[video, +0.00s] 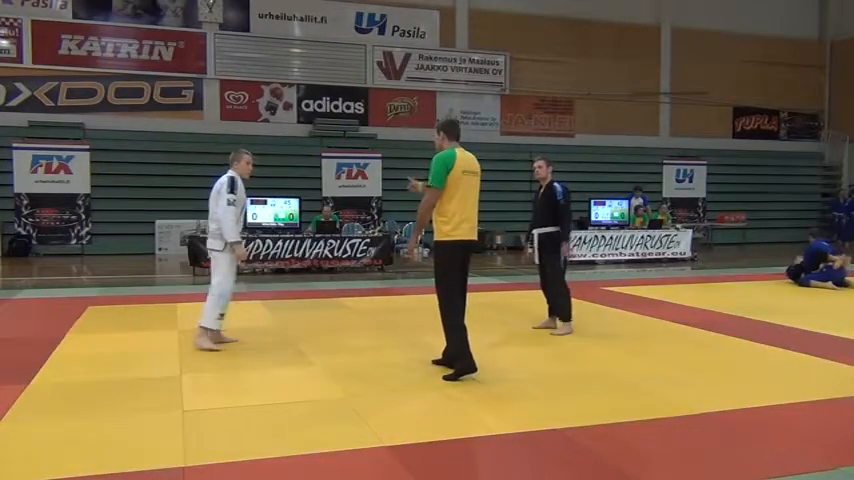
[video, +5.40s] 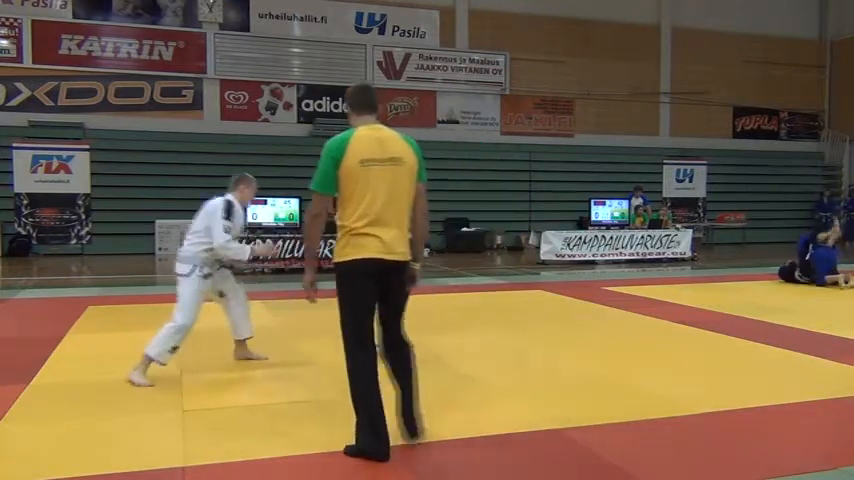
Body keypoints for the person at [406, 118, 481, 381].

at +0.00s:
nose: (435, 142)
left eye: (436, 138)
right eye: (436, 138)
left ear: (442, 137)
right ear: (457, 137)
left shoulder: (443, 159)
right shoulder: (472, 160)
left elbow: (429, 201)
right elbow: (454, 192)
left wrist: (414, 237)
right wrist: (424, 188)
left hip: (448, 239)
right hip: (466, 238)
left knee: (448, 300)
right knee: (456, 298)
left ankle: (464, 361)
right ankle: (452, 351)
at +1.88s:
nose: (415, 165)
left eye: (416, 161)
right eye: (416, 161)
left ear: (420, 158)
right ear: (434, 155)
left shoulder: (424, 166)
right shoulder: (453, 171)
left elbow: (426, 203)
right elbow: (458, 206)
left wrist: (428, 237)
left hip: (447, 235)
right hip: (466, 234)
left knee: (445, 302)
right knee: (451, 301)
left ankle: (451, 369)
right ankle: (451, 357)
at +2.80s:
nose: (440, 140)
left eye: (440, 136)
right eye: (442, 136)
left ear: (444, 134)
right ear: (465, 132)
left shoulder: (440, 161)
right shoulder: (491, 160)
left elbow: (428, 208)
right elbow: (498, 207)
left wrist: (422, 246)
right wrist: (493, 239)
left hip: (450, 249)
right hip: (484, 249)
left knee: (448, 313)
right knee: (480, 316)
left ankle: (450, 376)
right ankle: (484, 390)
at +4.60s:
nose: (435, 122)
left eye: (436, 117)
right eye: (440, 117)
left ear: (439, 116)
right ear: (466, 117)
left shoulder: (426, 144)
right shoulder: (491, 150)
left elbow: (408, 203)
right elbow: (501, 207)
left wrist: (406, 253)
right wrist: (495, 257)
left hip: (432, 255)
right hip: (474, 257)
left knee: (425, 338)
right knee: (471, 340)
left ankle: (422, 421)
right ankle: (475, 427)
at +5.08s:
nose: (390, 122)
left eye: (389, 117)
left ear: (392, 117)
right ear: (422, 116)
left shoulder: (379, 148)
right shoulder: (448, 151)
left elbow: (362, 215)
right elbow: (464, 209)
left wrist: (368, 249)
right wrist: (466, 263)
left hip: (385, 263)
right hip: (431, 264)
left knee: (381, 349)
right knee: (445, 346)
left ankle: (376, 443)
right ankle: (472, 428)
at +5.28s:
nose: (361, 117)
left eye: (360, 112)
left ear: (363, 112)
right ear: (393, 111)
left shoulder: (352, 145)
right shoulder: (421, 148)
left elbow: (332, 210)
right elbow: (433, 209)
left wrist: (333, 256)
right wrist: (428, 262)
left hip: (362, 263)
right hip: (406, 263)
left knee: (363, 351)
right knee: (418, 340)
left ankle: (373, 442)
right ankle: (447, 418)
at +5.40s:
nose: (350, 117)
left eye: (347, 112)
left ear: (347, 111)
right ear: (379, 110)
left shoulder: (338, 145)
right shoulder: (409, 146)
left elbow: (318, 210)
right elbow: (420, 208)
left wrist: (310, 267)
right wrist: (416, 259)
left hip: (354, 263)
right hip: (398, 262)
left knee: (359, 350)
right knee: (394, 336)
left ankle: (373, 441)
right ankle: (411, 418)